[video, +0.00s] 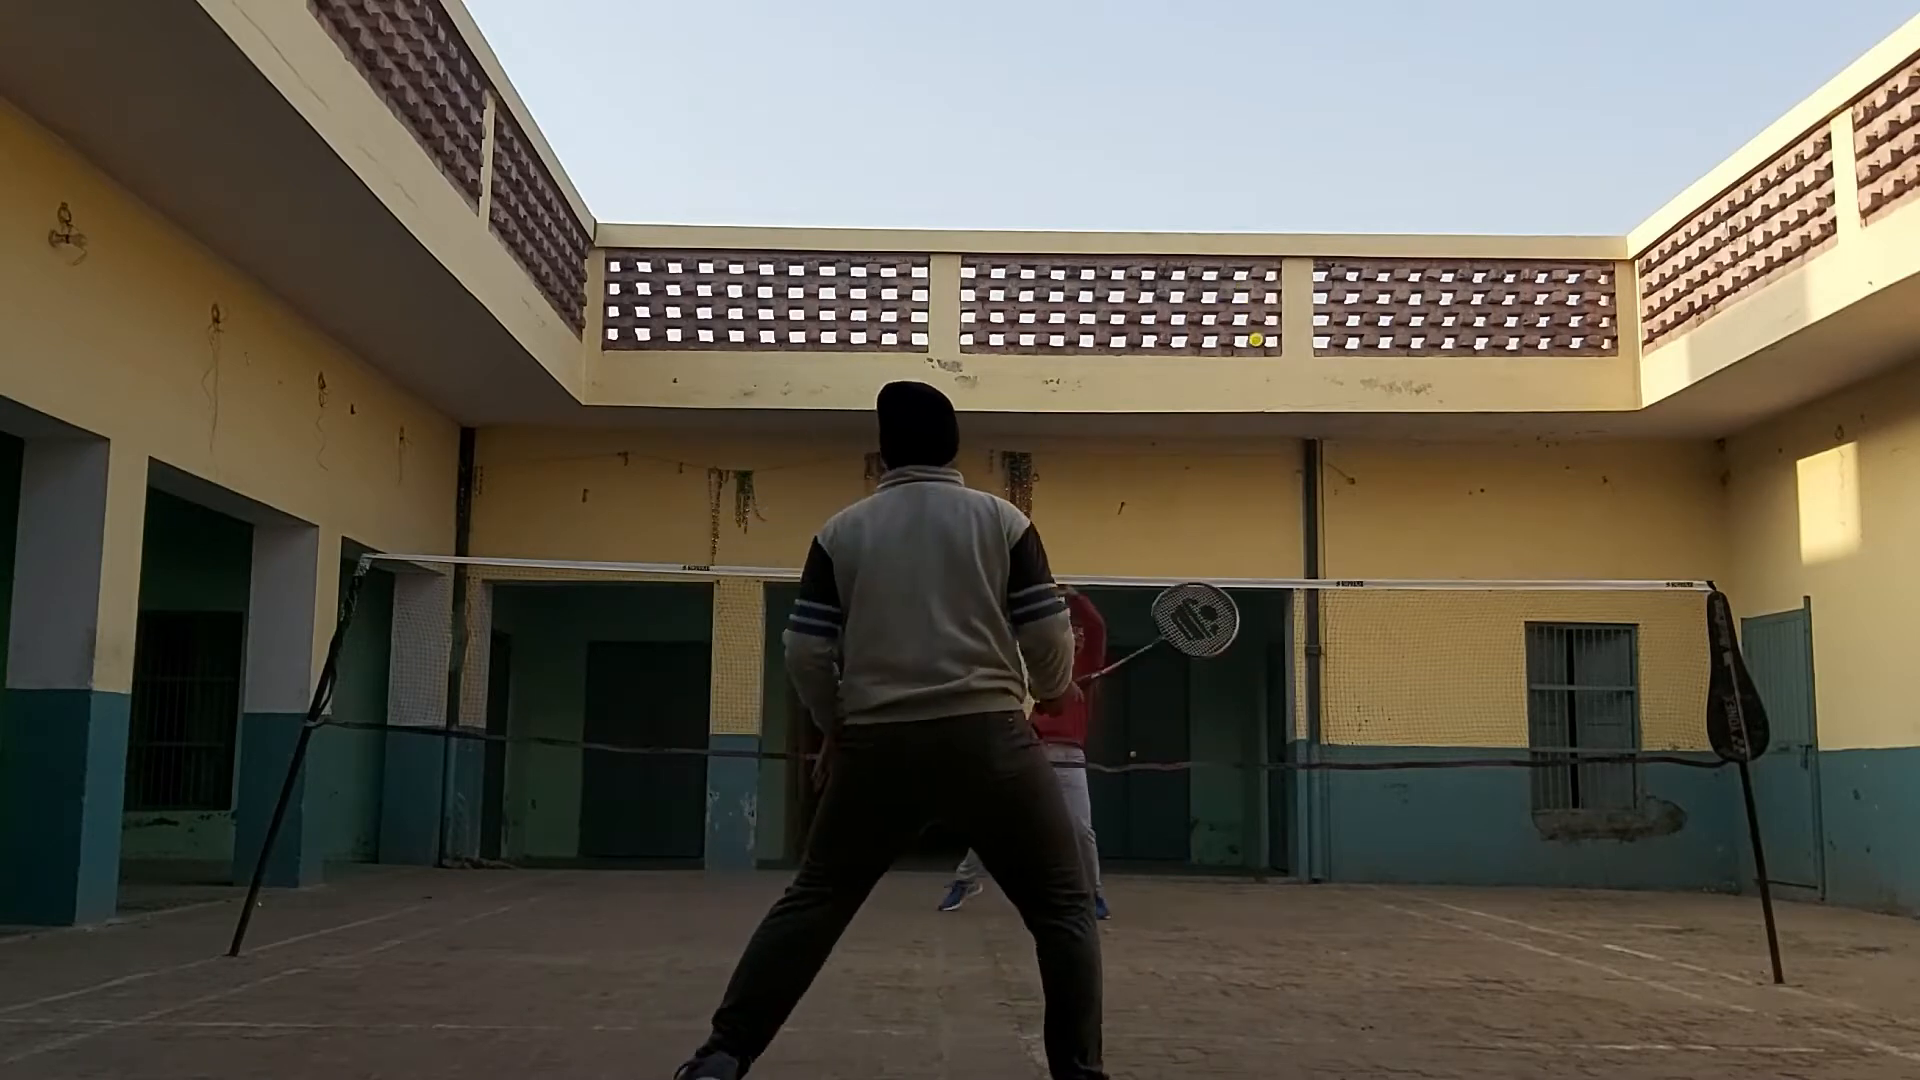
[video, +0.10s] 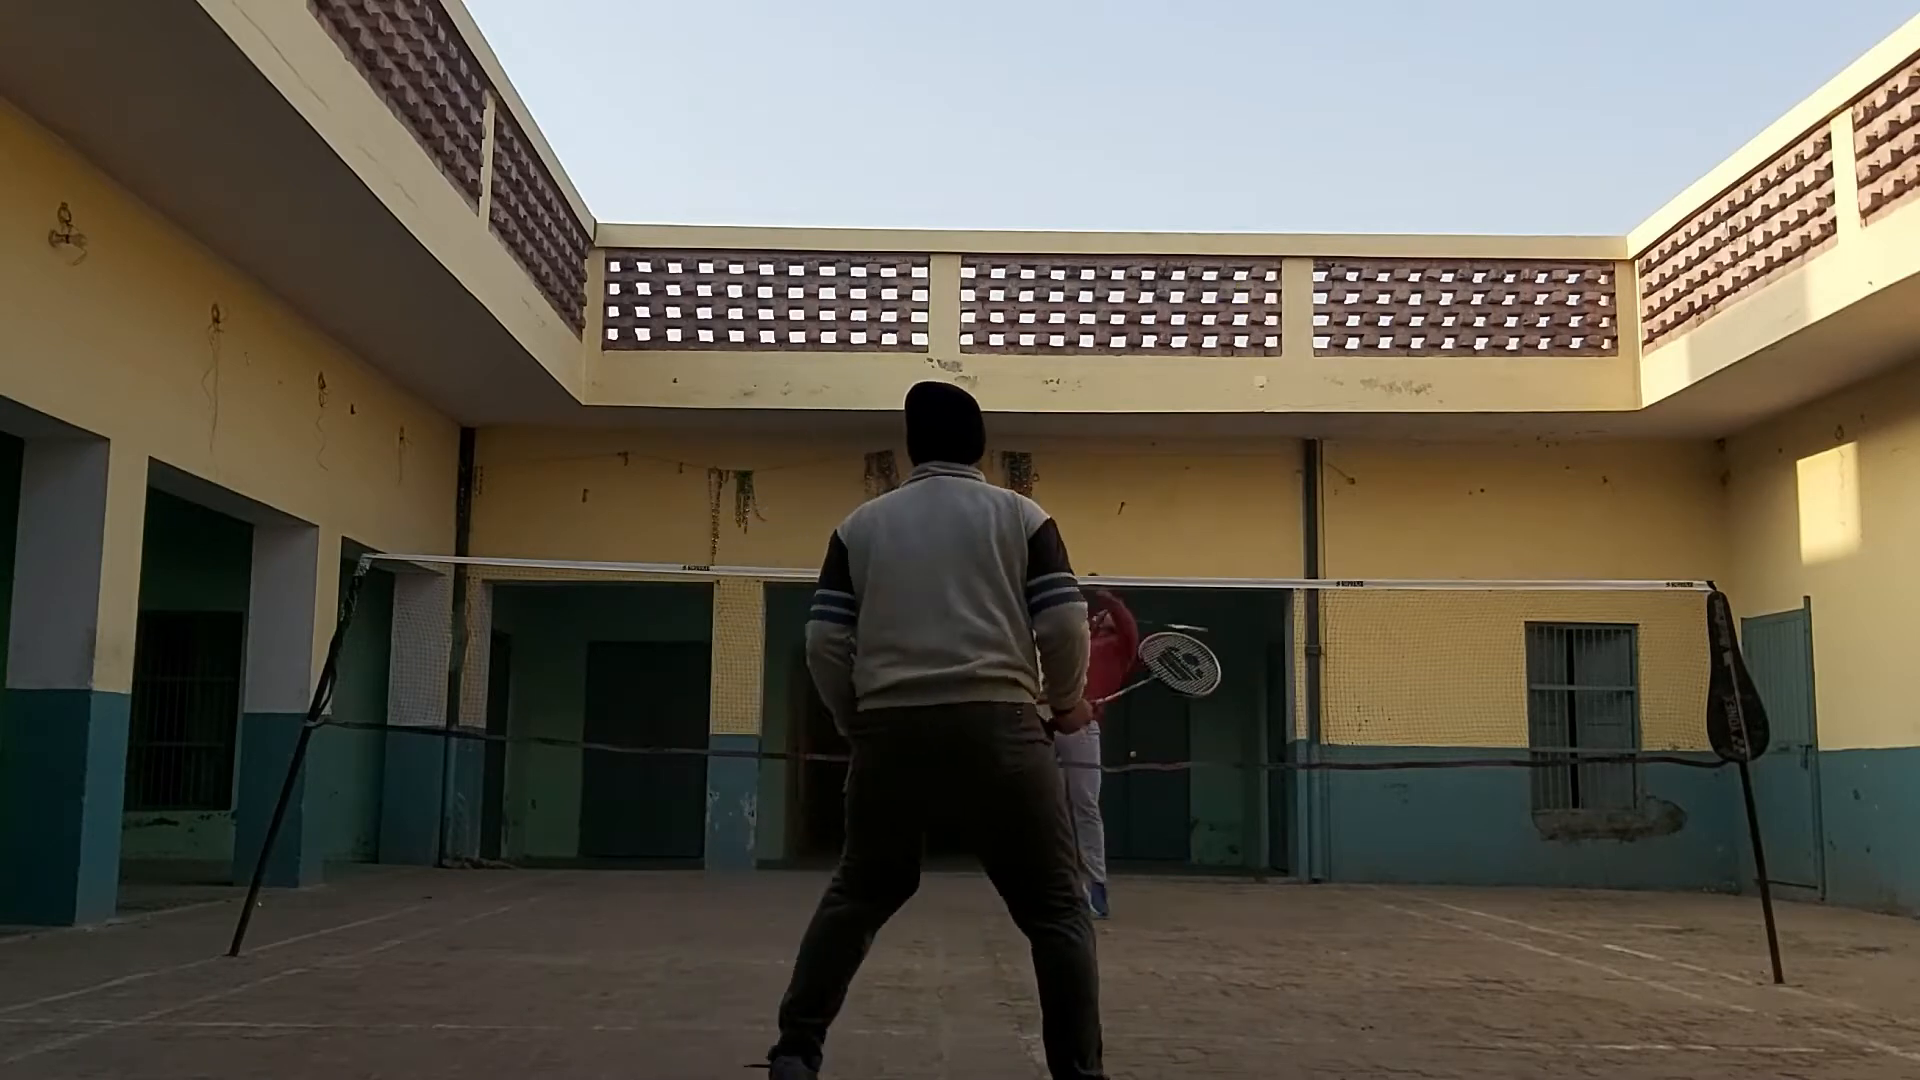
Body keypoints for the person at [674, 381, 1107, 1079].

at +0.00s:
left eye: (881, 446)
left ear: (880, 451)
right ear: (954, 447)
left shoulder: (841, 532)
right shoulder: (1002, 521)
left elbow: (806, 650)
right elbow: (1048, 635)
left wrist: (839, 722)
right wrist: (1048, 690)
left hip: (876, 751)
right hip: (992, 746)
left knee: (814, 902)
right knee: (1063, 910)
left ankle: (724, 1055)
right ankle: (1080, 1067)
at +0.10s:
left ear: (909, 448)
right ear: (979, 447)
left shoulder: (859, 525)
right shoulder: (1023, 517)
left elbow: (825, 643)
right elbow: (1064, 626)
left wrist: (857, 725)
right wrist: (1068, 702)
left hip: (890, 739)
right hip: (1002, 736)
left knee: (862, 889)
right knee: (1057, 909)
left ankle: (795, 1051)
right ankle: (1078, 1066)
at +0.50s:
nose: (1029, 492)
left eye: (1028, 479)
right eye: (1028, 479)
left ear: (959, 471)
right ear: (1016, 477)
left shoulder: (906, 541)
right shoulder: (994, 537)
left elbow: (869, 651)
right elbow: (1020, 653)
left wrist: (975, 677)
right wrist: (1112, 650)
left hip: (881, 761)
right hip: (966, 763)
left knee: (946, 913)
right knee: (1087, 925)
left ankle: (875, 1073)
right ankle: (1080, 1074)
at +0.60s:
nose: (1033, 480)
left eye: (1032, 463)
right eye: (1030, 464)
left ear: (960, 463)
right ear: (1012, 466)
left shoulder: (916, 535)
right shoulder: (984, 533)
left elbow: (876, 618)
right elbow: (1051, 628)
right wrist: (1155, 556)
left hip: (888, 760)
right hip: (975, 762)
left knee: (934, 910)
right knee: (1105, 923)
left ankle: (875, 1072)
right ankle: (1088, 1076)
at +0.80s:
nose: (982, 376)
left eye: (981, 369)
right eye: (980, 367)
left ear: (892, 368)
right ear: (969, 367)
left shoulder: (870, 463)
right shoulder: (991, 420)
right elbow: (1104, 459)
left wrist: (1029, 443)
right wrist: (1102, 427)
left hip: (940, 699)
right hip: (1042, 700)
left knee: (905, 880)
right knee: (1078, 907)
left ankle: (818, 1057)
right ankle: (1080, 1070)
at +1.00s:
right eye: (949, 357)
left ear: (870, 381)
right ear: (949, 366)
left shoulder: (848, 494)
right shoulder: (988, 453)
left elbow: (868, 595)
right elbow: (1090, 545)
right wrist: (1123, 510)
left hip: (914, 725)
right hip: (1029, 714)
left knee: (944, 931)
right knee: (1094, 922)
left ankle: (899, 1072)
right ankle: (1084, 1073)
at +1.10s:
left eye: (869, 380)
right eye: (943, 376)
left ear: (864, 394)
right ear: (947, 382)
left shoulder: (825, 509)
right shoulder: (990, 465)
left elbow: (825, 652)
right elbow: (1077, 584)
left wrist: (890, 699)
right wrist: (1157, 617)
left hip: (889, 739)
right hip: (1014, 727)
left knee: (917, 956)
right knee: (1085, 928)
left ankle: (896, 1078)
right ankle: (1091, 1073)